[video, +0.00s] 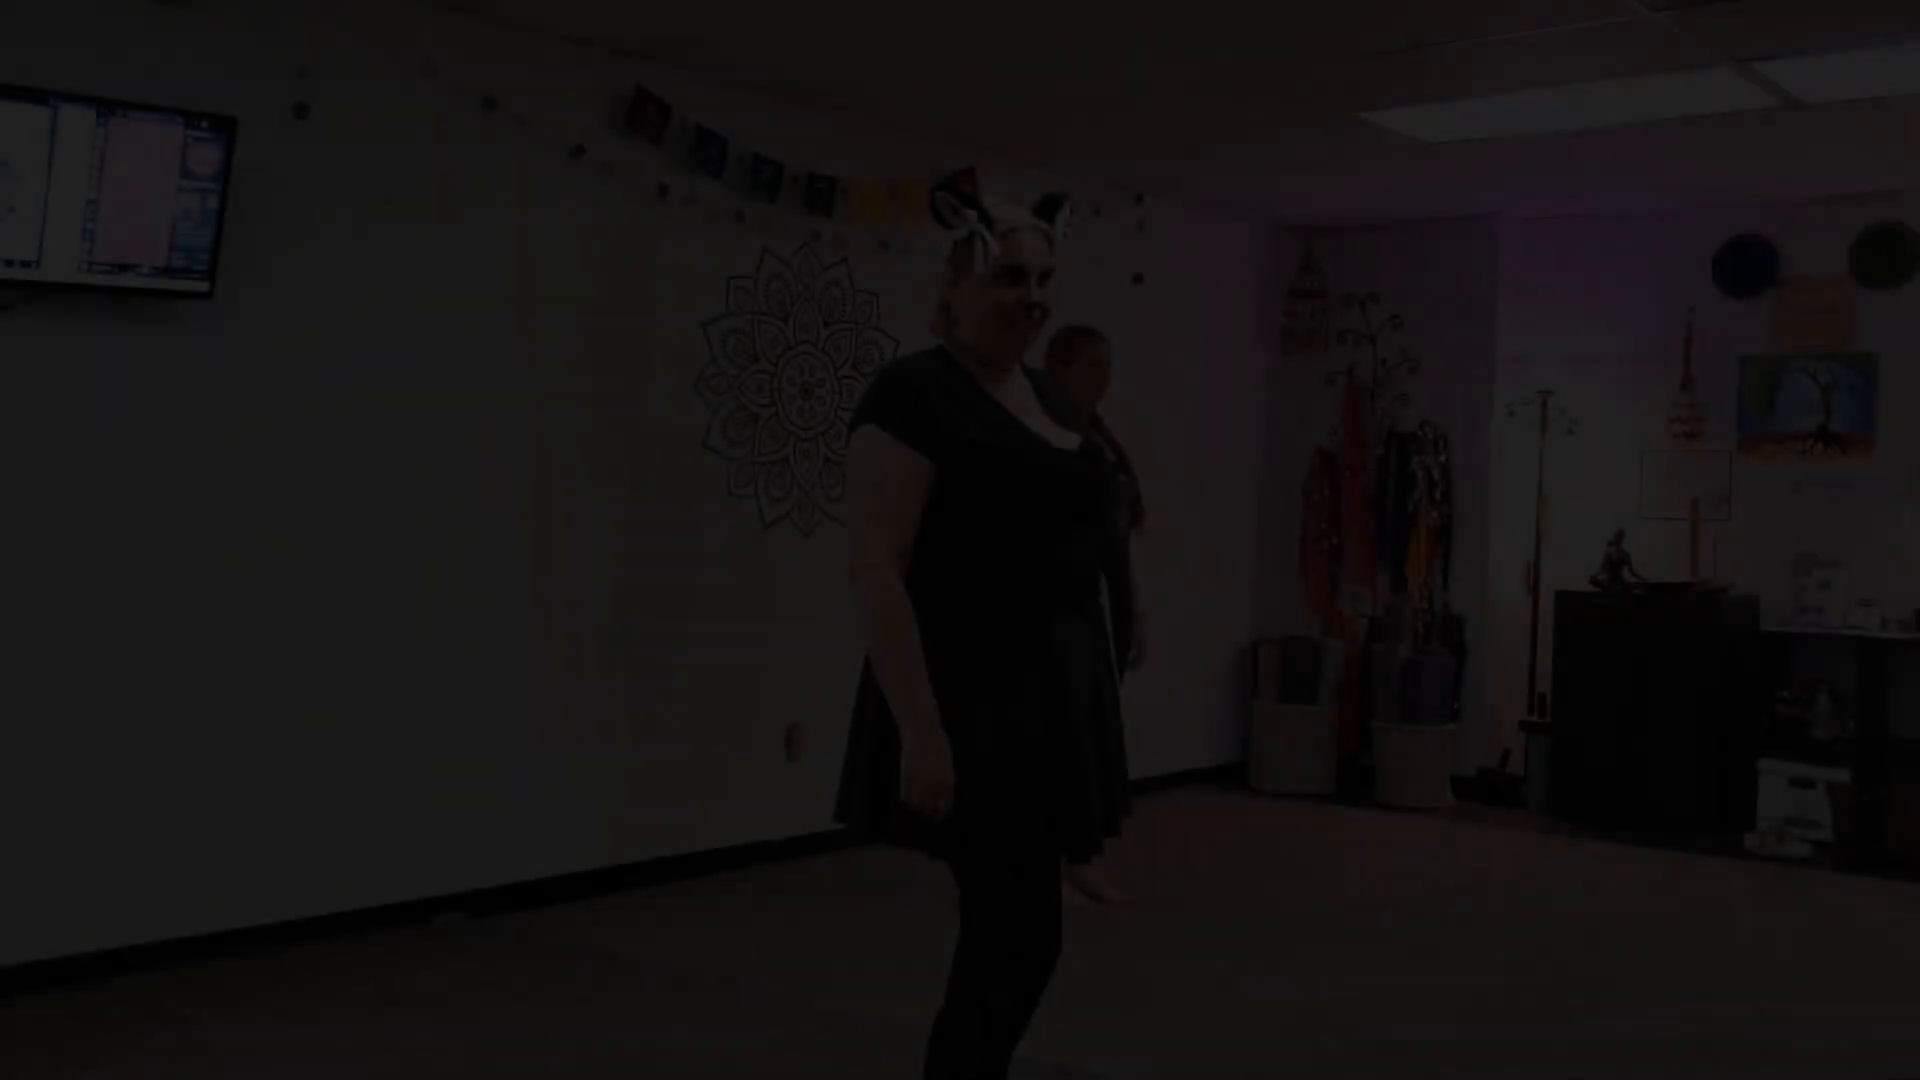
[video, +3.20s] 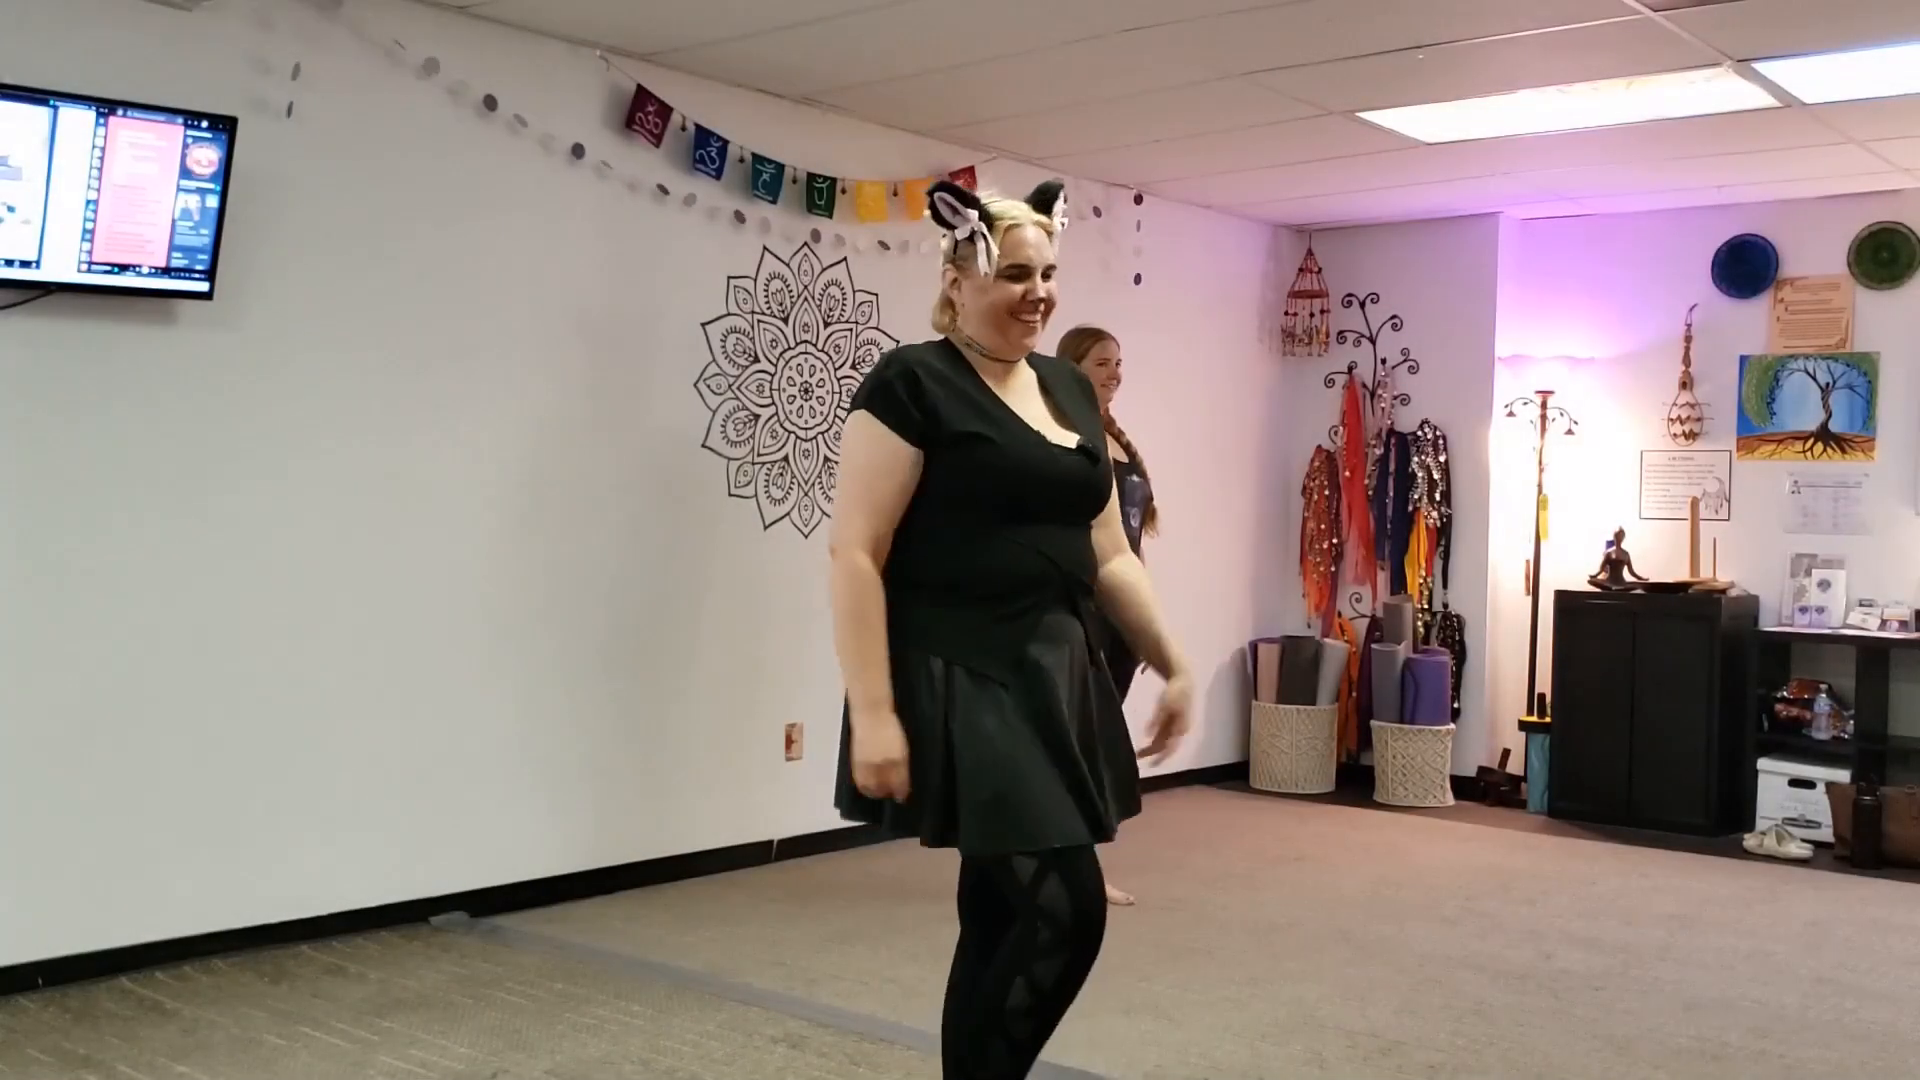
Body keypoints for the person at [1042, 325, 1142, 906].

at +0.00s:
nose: (1101, 382)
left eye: (1103, 370)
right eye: (1091, 370)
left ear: (1098, 376)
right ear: (1061, 370)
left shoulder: (1099, 441)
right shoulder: (1040, 436)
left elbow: (1119, 542)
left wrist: (1127, 622)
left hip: (1097, 618)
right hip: (1046, 617)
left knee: (1095, 734)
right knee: (1061, 735)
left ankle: (1086, 851)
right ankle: (1070, 852)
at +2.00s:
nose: (1113, 372)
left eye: (1115, 363)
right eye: (1101, 363)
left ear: (1109, 373)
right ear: (1068, 370)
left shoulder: (1113, 444)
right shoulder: (1049, 439)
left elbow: (1130, 540)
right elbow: (1048, 532)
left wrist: (1147, 619)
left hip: (1112, 602)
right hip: (1057, 602)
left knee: (1102, 721)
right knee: (1055, 725)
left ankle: (1079, 859)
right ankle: (1048, 868)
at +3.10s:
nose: (1114, 374)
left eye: (1117, 365)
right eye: (1102, 365)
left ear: (1117, 373)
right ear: (1069, 370)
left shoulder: (1119, 441)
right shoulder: (1056, 435)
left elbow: (1132, 533)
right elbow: (1055, 527)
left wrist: (1145, 611)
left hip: (1116, 601)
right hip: (1068, 600)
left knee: (1101, 721)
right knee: (1073, 721)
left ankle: (1079, 853)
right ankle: (1072, 856)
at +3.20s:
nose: (1115, 374)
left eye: (1118, 364)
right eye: (1104, 365)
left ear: (1116, 372)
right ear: (1071, 368)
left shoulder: (1116, 435)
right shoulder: (1057, 430)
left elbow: (1137, 500)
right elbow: (1061, 511)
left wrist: (1142, 520)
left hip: (1122, 591)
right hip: (1074, 593)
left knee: (1093, 723)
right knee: (1075, 724)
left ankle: (1075, 861)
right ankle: (1076, 868)